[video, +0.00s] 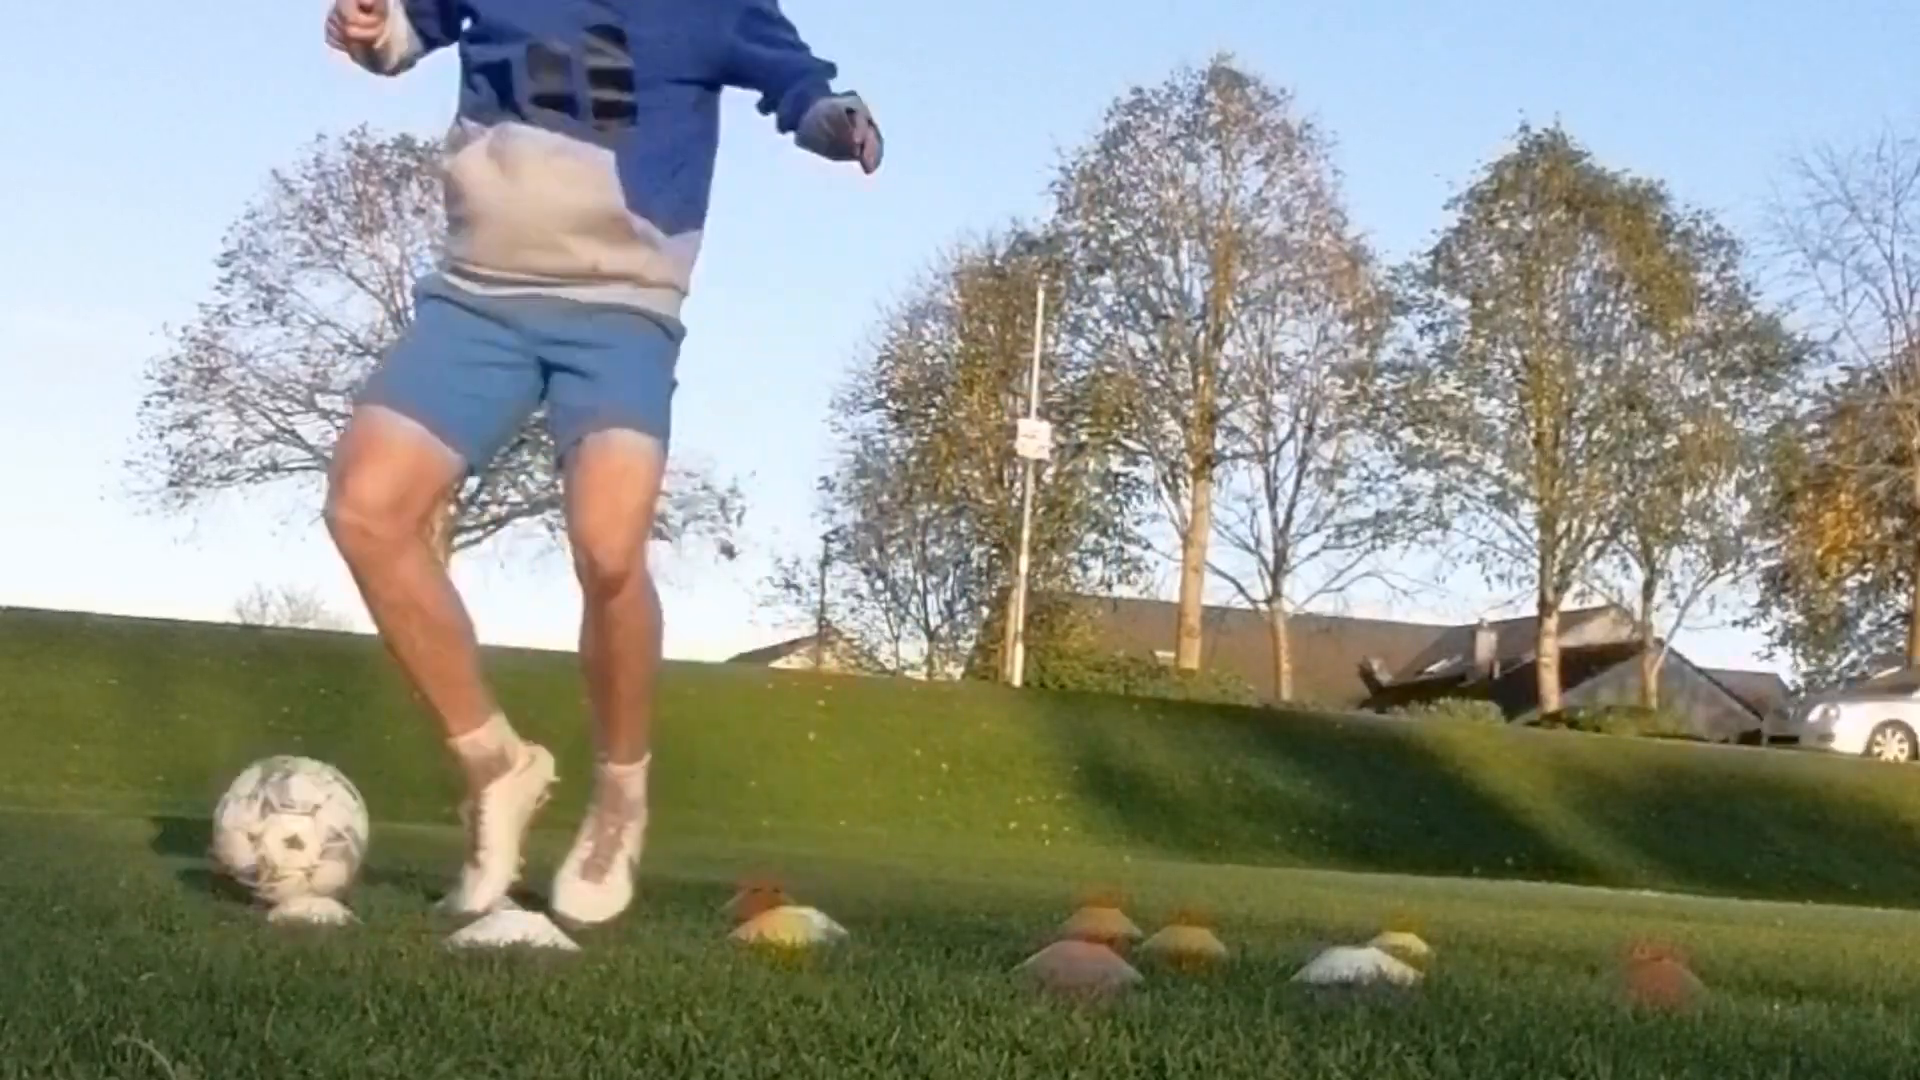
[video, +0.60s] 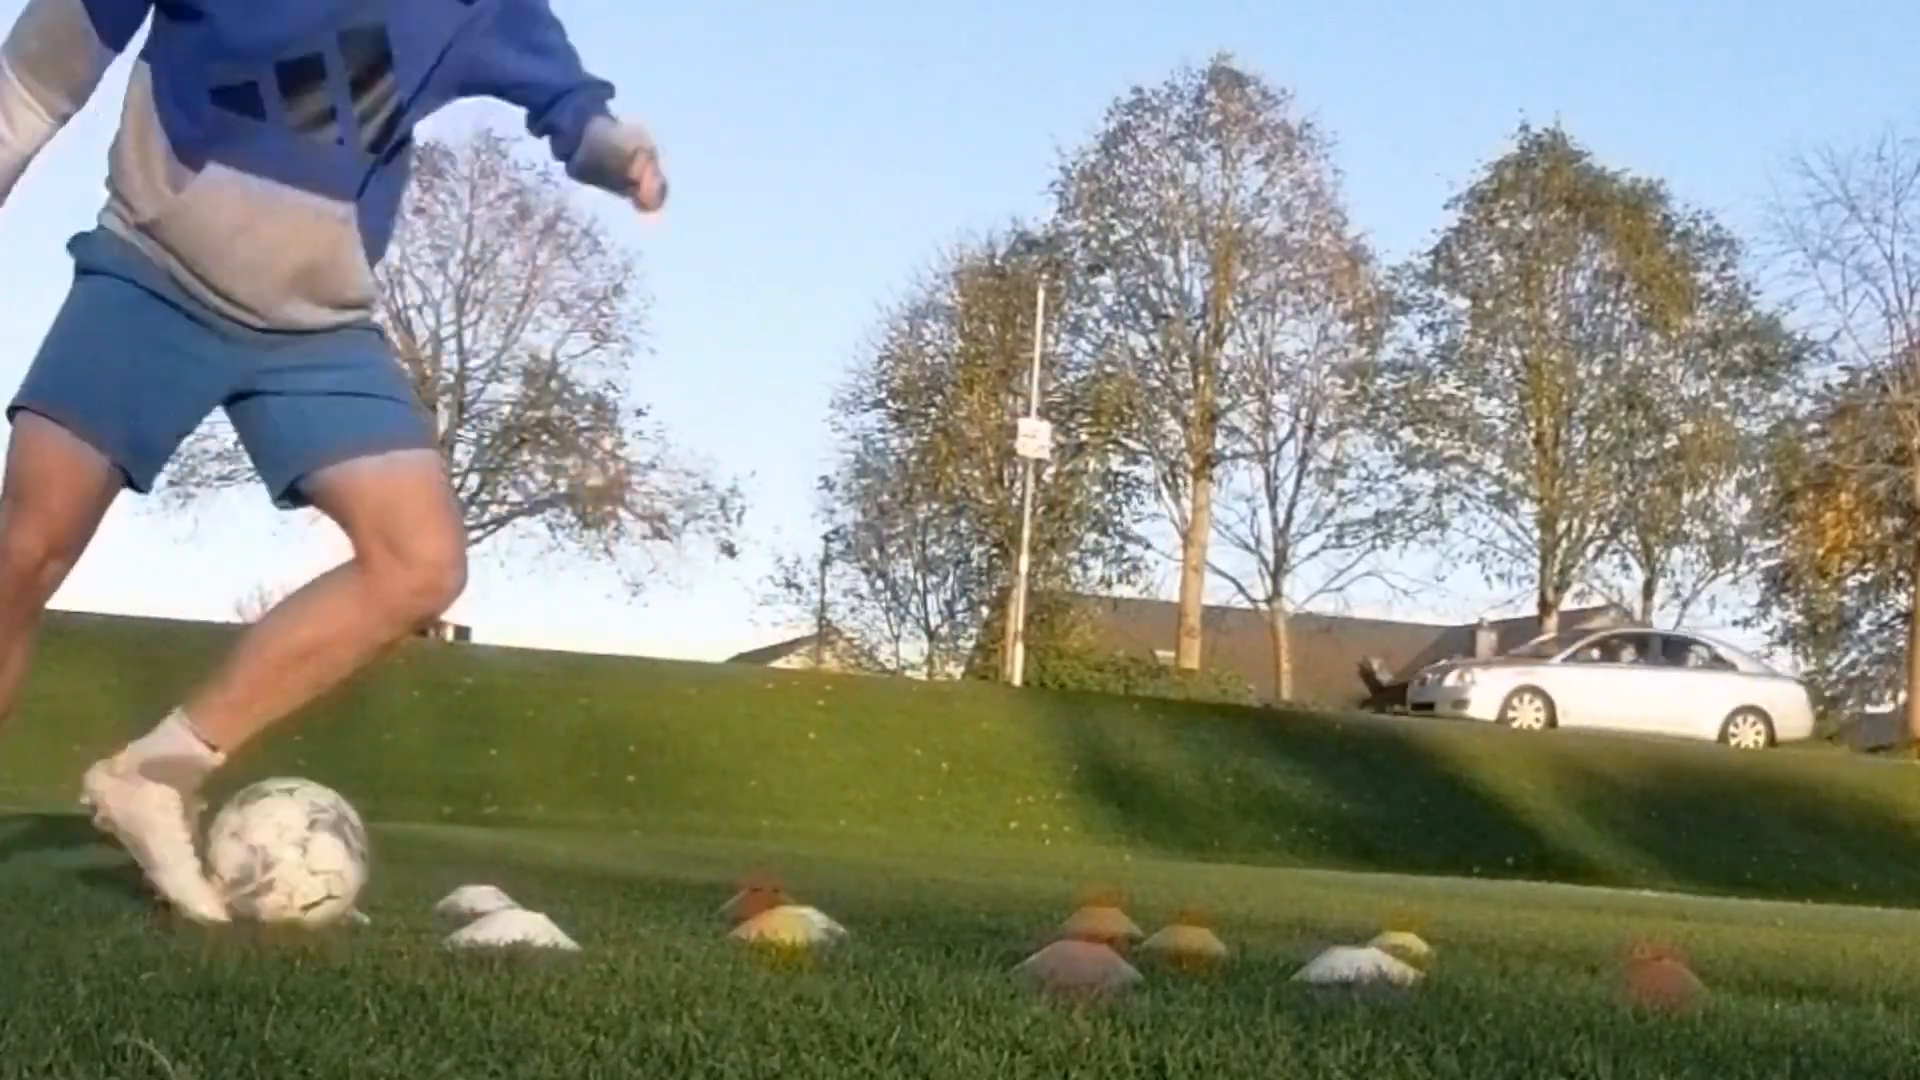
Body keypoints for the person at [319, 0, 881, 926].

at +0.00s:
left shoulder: (714, 10)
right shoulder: (484, 0)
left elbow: (798, 85)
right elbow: (413, 27)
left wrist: (841, 123)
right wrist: (376, 33)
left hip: (621, 311)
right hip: (475, 297)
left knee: (609, 554)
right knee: (368, 510)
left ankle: (619, 796)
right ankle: (498, 764)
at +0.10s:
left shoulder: (656, 9)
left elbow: (720, 91)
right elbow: (330, 59)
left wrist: (786, 119)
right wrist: (274, 129)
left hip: (570, 312)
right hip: (416, 283)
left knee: (518, 602)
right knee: (248, 482)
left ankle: (504, 871)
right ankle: (207, 775)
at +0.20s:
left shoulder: (637, 12)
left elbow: (754, 94)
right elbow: (256, 27)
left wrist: (749, 51)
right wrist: (164, 126)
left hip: (487, 314)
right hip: (333, 255)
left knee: (479, 594)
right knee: (156, 432)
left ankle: (496, 874)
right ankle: (107, 739)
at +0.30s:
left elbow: (663, 94)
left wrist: (580, 25)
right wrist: (95, 25)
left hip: (421, 286)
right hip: (264, 220)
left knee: (419, 575)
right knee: (127, 442)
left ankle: (429, 856)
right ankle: (18, 767)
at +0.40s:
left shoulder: (461, 11)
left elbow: (494, 153)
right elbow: (110, 14)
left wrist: (426, 180)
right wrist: (100, 18)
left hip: (362, 326)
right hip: (184, 284)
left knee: (405, 599)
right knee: (45, 536)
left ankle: (271, 732)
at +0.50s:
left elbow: (410, 187)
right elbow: (69, 79)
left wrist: (352, 285)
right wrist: (61, 177)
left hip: (311, 364)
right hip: (129, 321)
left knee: (413, 603)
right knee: (5, 565)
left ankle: (147, 700)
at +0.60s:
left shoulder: (475, 8)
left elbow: (567, 103)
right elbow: (35, 83)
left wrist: (622, 152)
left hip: (323, 331)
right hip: (151, 284)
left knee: (418, 563)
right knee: (24, 553)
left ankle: (158, 771)